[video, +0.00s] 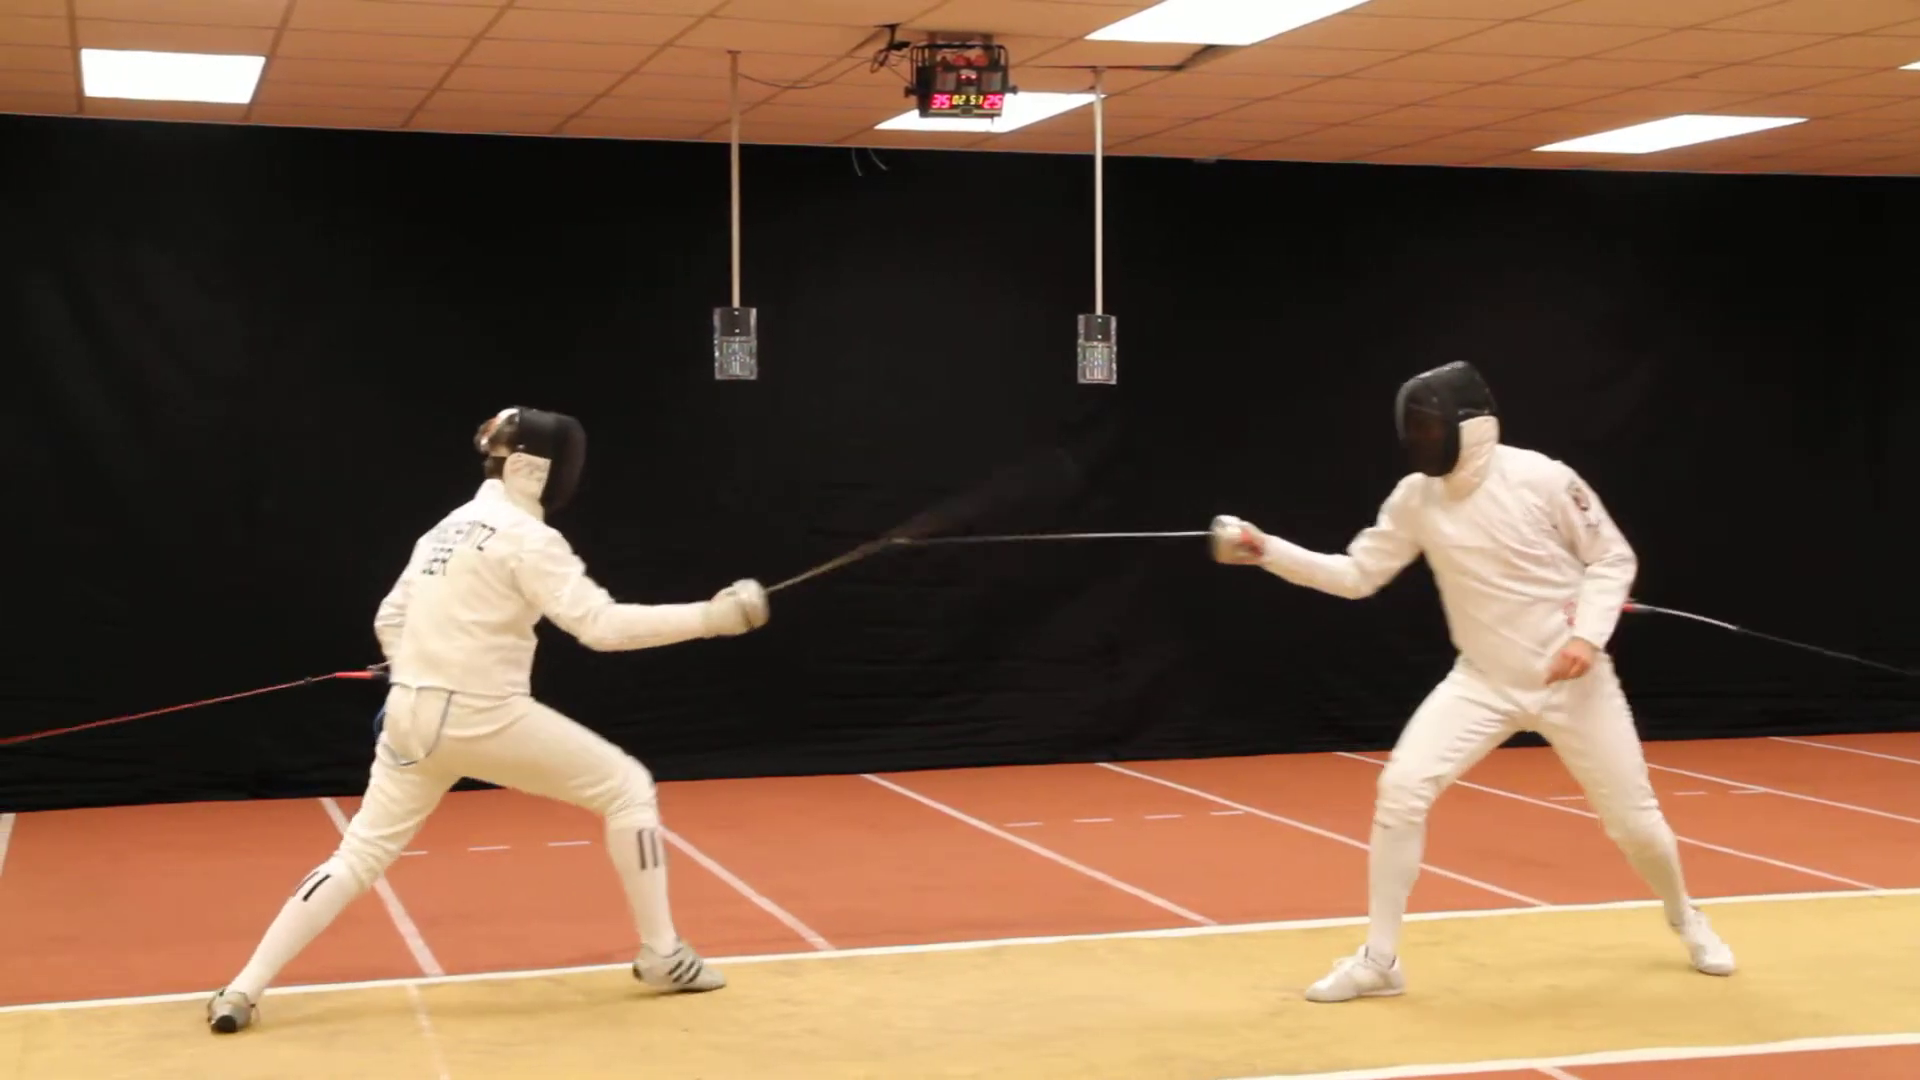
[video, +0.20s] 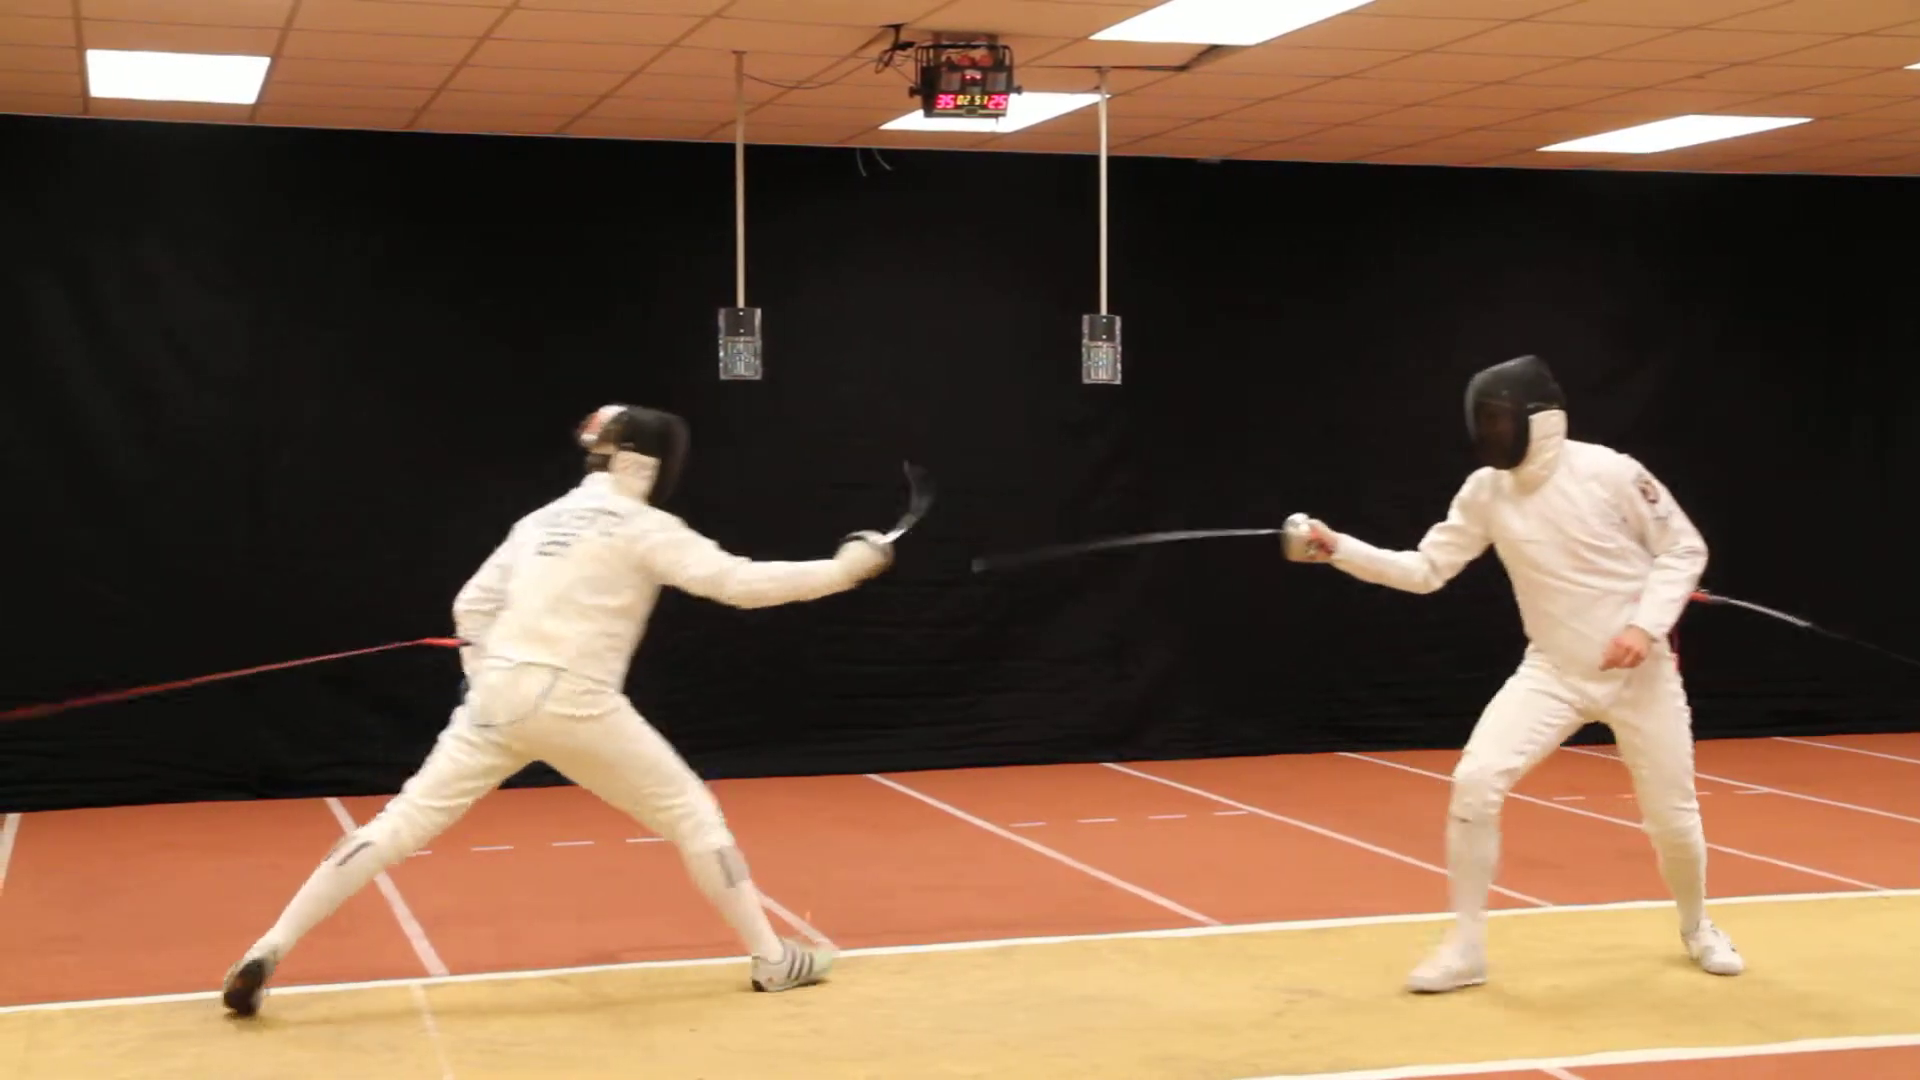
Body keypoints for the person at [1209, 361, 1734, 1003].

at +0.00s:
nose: (1421, 441)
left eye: (1432, 426)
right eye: (1416, 427)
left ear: (1472, 425)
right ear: (1418, 432)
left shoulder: (1544, 481)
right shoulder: (1417, 500)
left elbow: (1613, 560)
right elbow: (1355, 575)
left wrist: (1588, 635)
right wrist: (1263, 549)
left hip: (1576, 683)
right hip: (1480, 682)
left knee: (1639, 825)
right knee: (1401, 793)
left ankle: (1685, 918)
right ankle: (1380, 959)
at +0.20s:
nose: (1480, 431)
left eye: (1494, 417)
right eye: (1478, 418)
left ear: (1539, 417)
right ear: (1484, 421)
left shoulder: (1610, 475)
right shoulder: (1485, 493)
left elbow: (1685, 550)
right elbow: (1426, 570)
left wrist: (1645, 626)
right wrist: (1337, 548)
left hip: (1641, 676)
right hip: (1551, 674)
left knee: (1676, 823)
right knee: (1474, 783)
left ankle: (1698, 929)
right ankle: (1466, 949)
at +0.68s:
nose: (1617, 433)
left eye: (1630, 420)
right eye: (1614, 421)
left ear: (1675, 421)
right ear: (1618, 423)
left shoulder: (1743, 477)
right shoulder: (1619, 493)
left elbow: (1816, 555)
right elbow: (1559, 569)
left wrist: (1774, 626)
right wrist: (1468, 553)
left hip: (1772, 673)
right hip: (1682, 674)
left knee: (1811, 822)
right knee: (1596, 782)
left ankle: (1837, 921)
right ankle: (1553, 937)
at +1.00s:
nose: (1643, 427)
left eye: (1656, 414)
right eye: (1640, 415)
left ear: (1697, 415)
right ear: (1640, 417)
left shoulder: (1760, 476)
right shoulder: (1634, 488)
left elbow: (1828, 552)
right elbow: (1570, 562)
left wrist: (1797, 631)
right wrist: (1482, 539)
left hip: (1777, 672)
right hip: (1689, 668)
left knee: (1813, 821)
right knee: (1605, 767)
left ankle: (1833, 924)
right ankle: (1580, 924)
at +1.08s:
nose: (1626, 428)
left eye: (1640, 415)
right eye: (1623, 416)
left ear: (1681, 416)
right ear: (1625, 420)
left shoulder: (1748, 476)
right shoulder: (1619, 488)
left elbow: (1814, 553)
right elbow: (1547, 550)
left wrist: (1783, 634)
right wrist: (1453, 546)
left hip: (1764, 674)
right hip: (1674, 671)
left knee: (1808, 820)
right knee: (1592, 786)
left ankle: (1831, 924)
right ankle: (1534, 936)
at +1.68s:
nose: (1516, 460)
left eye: (1528, 446)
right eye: (1511, 447)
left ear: (1569, 444)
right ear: (1511, 450)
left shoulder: (1639, 496)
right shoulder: (1514, 517)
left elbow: (1707, 574)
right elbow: (1446, 586)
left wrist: (1680, 659)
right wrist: (1359, 560)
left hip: (1684, 684)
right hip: (1590, 689)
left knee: (1760, 823)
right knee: (1504, 780)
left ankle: (1783, 916)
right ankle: (1493, 944)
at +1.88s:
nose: (1544, 447)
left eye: (1556, 433)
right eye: (1540, 435)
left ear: (1596, 432)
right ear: (1540, 440)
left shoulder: (1672, 487)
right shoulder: (1549, 509)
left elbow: (1745, 563)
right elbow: (1496, 589)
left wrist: (1714, 644)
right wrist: (1409, 570)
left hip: (1712, 678)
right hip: (1622, 680)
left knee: (1765, 822)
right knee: (1535, 782)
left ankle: (1783, 923)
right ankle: (1499, 940)